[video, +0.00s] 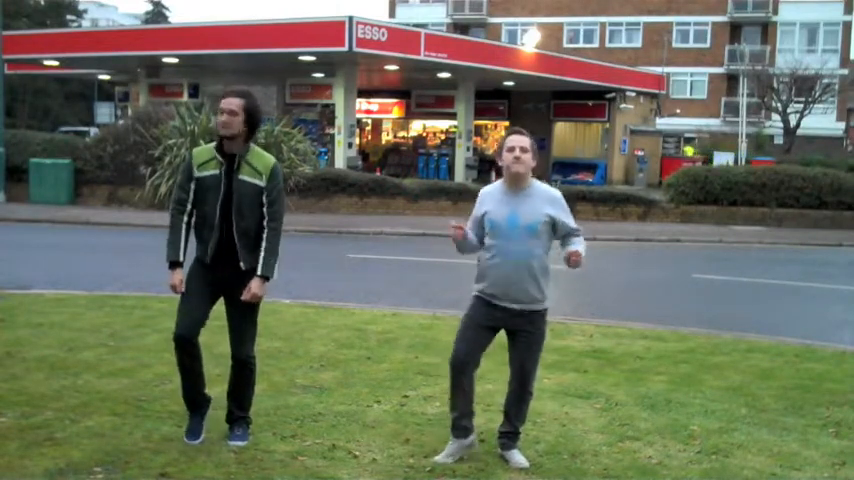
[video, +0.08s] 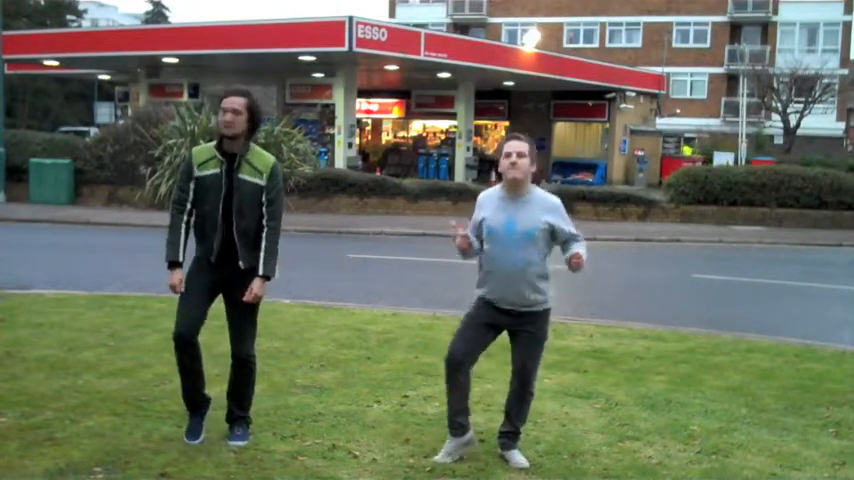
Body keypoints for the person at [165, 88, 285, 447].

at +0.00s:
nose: (223, 118)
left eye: (232, 114)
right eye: (221, 112)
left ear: (249, 122)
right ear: (216, 118)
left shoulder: (267, 167)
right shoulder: (197, 159)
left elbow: (274, 225)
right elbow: (179, 212)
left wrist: (262, 276)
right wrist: (175, 264)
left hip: (245, 272)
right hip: (203, 268)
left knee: (243, 353)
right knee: (183, 335)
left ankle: (239, 420)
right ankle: (196, 407)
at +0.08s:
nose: (226, 117)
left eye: (235, 113)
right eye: (223, 111)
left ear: (250, 121)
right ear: (217, 117)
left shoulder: (268, 167)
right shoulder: (197, 158)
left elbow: (273, 225)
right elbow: (179, 212)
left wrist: (263, 276)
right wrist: (175, 264)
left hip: (245, 271)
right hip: (203, 266)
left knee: (243, 353)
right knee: (183, 334)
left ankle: (239, 419)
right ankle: (196, 408)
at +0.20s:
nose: (235, 122)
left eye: (242, 117)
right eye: (229, 116)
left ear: (251, 123)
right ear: (218, 119)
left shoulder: (266, 165)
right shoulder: (194, 159)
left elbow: (270, 222)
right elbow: (176, 213)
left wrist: (265, 273)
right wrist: (173, 266)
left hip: (245, 270)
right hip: (203, 268)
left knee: (243, 352)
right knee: (193, 346)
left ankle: (240, 420)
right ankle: (201, 418)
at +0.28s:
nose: (236, 122)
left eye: (242, 116)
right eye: (230, 115)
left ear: (250, 123)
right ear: (217, 119)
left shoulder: (265, 167)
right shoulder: (191, 161)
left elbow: (270, 223)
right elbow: (174, 216)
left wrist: (266, 273)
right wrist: (173, 268)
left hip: (244, 273)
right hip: (202, 271)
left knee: (242, 353)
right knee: (199, 350)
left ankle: (240, 421)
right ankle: (204, 419)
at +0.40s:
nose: (233, 117)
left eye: (237, 111)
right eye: (226, 110)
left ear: (243, 118)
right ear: (208, 116)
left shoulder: (260, 165)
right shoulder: (184, 161)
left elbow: (266, 221)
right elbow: (169, 217)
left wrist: (263, 270)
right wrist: (174, 270)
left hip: (243, 271)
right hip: (200, 271)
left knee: (249, 347)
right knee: (201, 349)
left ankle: (243, 421)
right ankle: (204, 419)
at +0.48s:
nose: (230, 115)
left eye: (234, 109)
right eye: (222, 109)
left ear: (239, 116)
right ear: (205, 115)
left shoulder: (256, 162)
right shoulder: (183, 160)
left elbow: (263, 218)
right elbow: (169, 217)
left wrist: (262, 268)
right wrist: (175, 270)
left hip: (244, 270)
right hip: (201, 271)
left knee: (248, 348)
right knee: (202, 349)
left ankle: (243, 420)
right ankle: (205, 420)